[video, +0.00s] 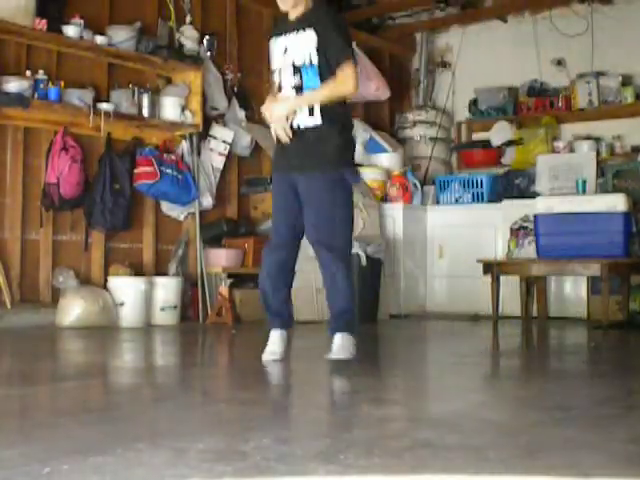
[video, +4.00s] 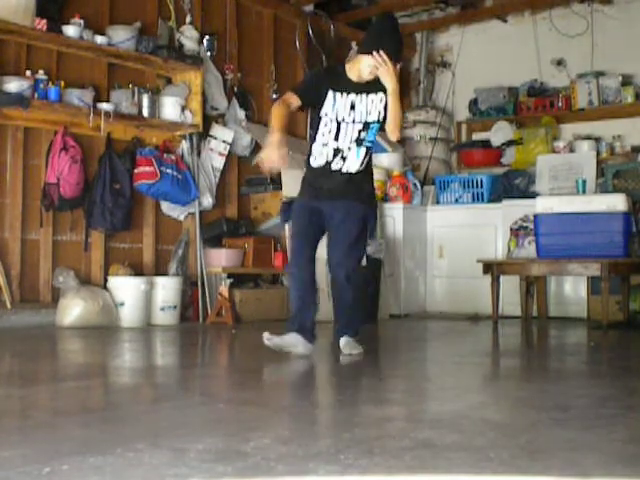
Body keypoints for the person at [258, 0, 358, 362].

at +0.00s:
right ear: (278, 1)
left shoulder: (326, 20)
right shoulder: (278, 29)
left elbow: (348, 83)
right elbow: (280, 84)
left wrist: (293, 102)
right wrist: (272, 107)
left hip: (325, 157)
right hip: (287, 157)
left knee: (330, 247)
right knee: (280, 246)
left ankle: (343, 331)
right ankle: (278, 326)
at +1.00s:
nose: (341, 71)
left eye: (343, 66)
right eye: (340, 65)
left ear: (333, 64)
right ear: (326, 62)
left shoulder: (327, 90)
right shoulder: (295, 92)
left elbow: (335, 114)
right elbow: (314, 138)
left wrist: (303, 93)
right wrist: (338, 157)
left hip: (320, 191)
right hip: (290, 193)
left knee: (334, 257)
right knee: (285, 261)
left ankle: (329, 316)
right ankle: (267, 322)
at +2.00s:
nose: (367, 59)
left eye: (368, 52)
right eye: (363, 52)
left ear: (364, 53)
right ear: (346, 51)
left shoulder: (357, 92)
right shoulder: (325, 78)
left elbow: (348, 137)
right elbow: (301, 119)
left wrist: (351, 166)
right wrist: (334, 157)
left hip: (342, 179)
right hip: (318, 175)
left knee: (349, 249)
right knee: (333, 235)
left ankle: (323, 323)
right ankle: (271, 266)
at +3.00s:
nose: (344, 65)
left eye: (349, 59)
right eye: (338, 58)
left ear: (354, 63)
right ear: (324, 58)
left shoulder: (367, 95)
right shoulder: (304, 95)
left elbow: (410, 117)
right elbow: (283, 135)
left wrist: (405, 161)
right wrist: (268, 179)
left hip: (356, 187)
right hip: (320, 188)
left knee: (353, 249)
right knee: (324, 253)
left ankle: (350, 308)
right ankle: (320, 321)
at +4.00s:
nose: (382, 72)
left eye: (387, 68)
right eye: (382, 65)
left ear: (386, 64)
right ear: (369, 55)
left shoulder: (384, 91)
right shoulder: (325, 79)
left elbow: (394, 135)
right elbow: (283, 105)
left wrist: (392, 87)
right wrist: (276, 141)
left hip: (352, 194)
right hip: (312, 190)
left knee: (344, 267)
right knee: (299, 262)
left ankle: (347, 335)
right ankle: (301, 334)